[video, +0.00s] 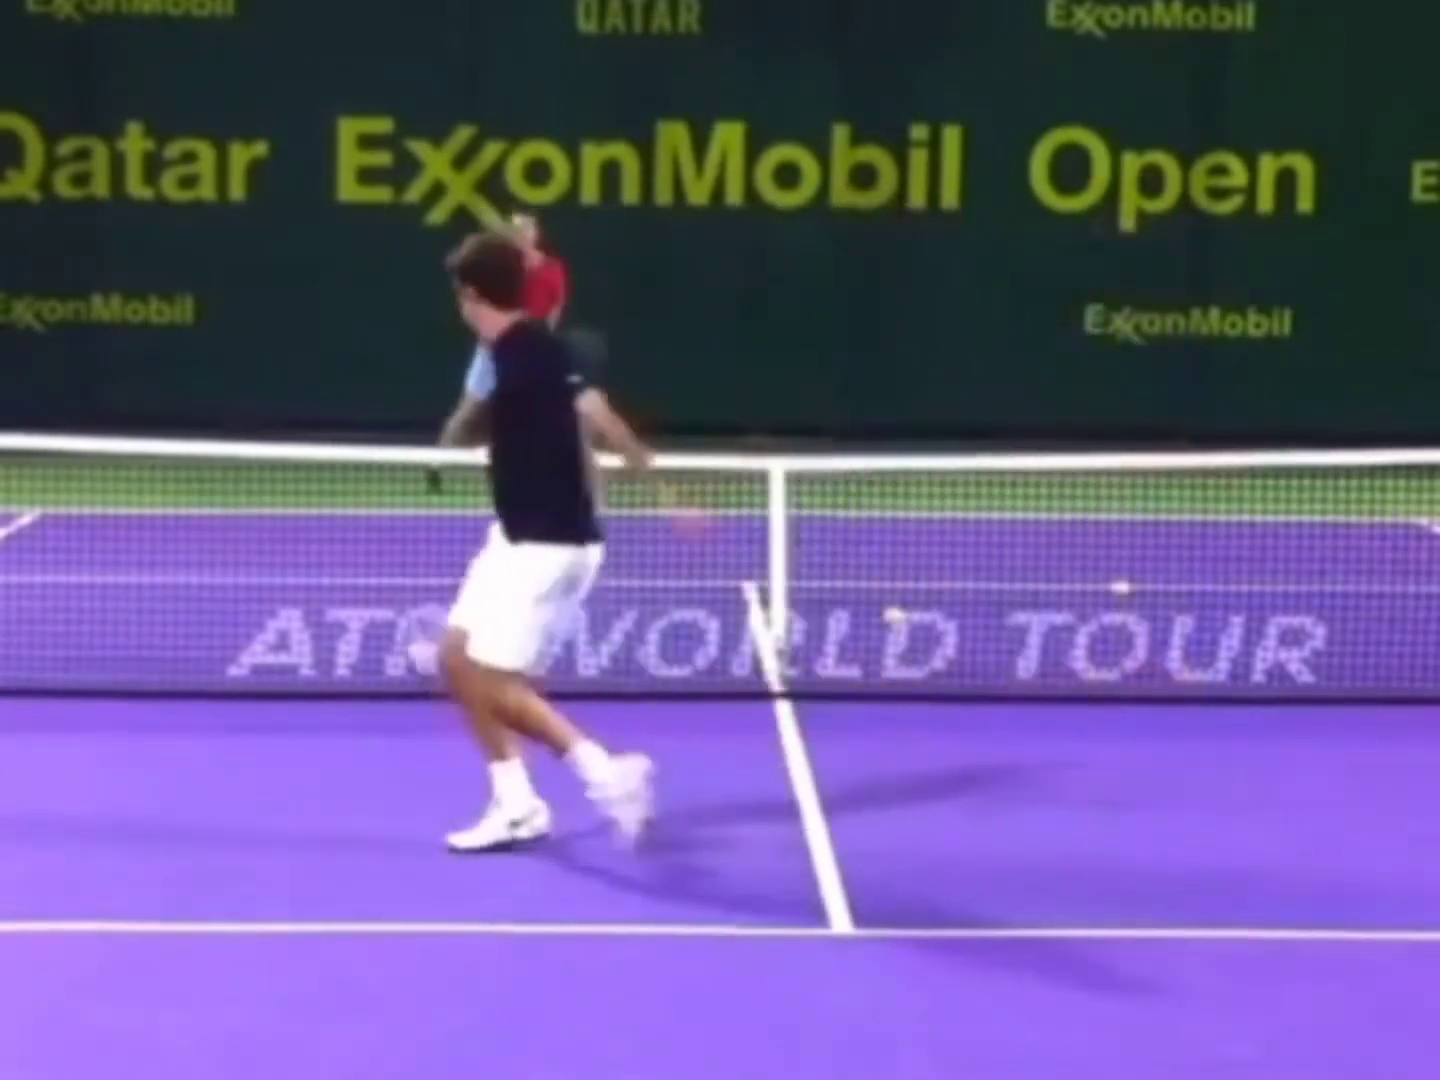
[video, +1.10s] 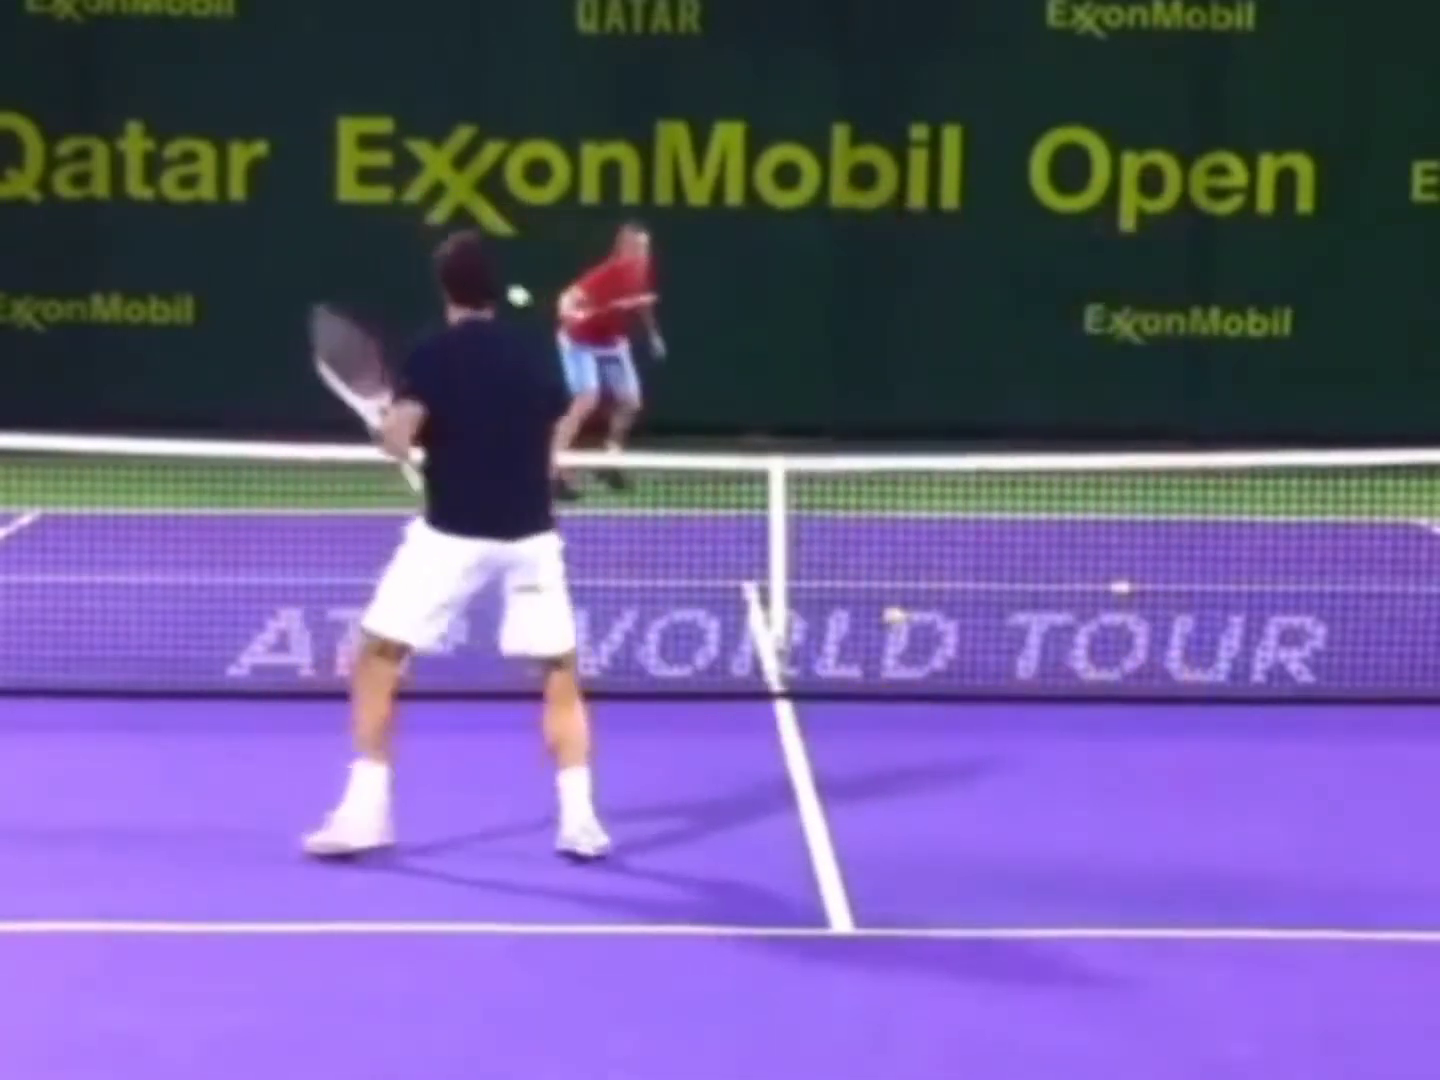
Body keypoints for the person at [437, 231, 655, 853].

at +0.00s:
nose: (461, 310)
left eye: (463, 298)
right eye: (461, 298)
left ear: (477, 298)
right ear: (516, 290)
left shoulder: (522, 349)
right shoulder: (536, 348)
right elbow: (591, 419)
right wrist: (641, 460)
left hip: (551, 544)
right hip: (521, 538)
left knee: (494, 678)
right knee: (458, 658)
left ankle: (607, 773)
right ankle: (515, 797)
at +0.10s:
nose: (432, 278)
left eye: (433, 267)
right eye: (433, 267)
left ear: (443, 268)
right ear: (491, 263)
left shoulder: (487, 329)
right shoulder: (512, 323)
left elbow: (537, 422)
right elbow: (560, 406)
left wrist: (533, 507)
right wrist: (559, 490)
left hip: (495, 512)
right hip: (521, 512)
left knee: (418, 639)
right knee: (462, 645)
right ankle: (515, 783)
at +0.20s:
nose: (409, 268)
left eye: (409, 257)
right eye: (414, 257)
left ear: (417, 257)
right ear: (469, 255)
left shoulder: (438, 317)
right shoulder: (505, 319)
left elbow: (449, 413)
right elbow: (548, 401)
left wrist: (414, 477)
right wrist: (529, 473)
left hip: (458, 506)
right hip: (511, 508)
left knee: (373, 625)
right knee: (463, 640)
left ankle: (383, 781)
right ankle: (513, 787)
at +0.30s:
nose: (378, 277)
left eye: (380, 267)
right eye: (385, 266)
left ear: (387, 270)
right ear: (438, 268)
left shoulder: (388, 333)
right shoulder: (479, 329)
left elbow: (365, 423)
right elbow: (512, 430)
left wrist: (311, 471)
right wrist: (486, 494)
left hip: (402, 523)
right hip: (473, 526)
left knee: (331, 660)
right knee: (441, 657)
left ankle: (285, 803)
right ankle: (502, 788)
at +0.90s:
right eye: (439, 307)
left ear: (392, 313)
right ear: (449, 314)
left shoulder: (358, 376)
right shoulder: (469, 383)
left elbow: (317, 462)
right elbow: (506, 479)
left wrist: (359, 489)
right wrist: (480, 527)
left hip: (361, 561)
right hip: (446, 561)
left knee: (298, 684)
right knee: (527, 677)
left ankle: (233, 812)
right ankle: (570, 821)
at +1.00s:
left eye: (428, 307)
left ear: (418, 315)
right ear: (474, 316)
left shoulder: (387, 380)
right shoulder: (503, 388)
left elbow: (351, 472)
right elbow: (536, 494)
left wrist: (394, 480)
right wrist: (501, 499)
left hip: (401, 566)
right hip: (491, 565)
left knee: (328, 681)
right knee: (559, 680)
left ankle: (247, 808)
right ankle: (575, 820)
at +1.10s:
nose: (455, 295)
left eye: (448, 286)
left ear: (443, 291)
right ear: (497, 288)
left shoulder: (432, 355)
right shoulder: (534, 351)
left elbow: (400, 438)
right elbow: (550, 438)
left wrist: (382, 417)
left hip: (452, 535)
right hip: (532, 537)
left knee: (380, 657)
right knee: (560, 673)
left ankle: (366, 803)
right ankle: (579, 813)